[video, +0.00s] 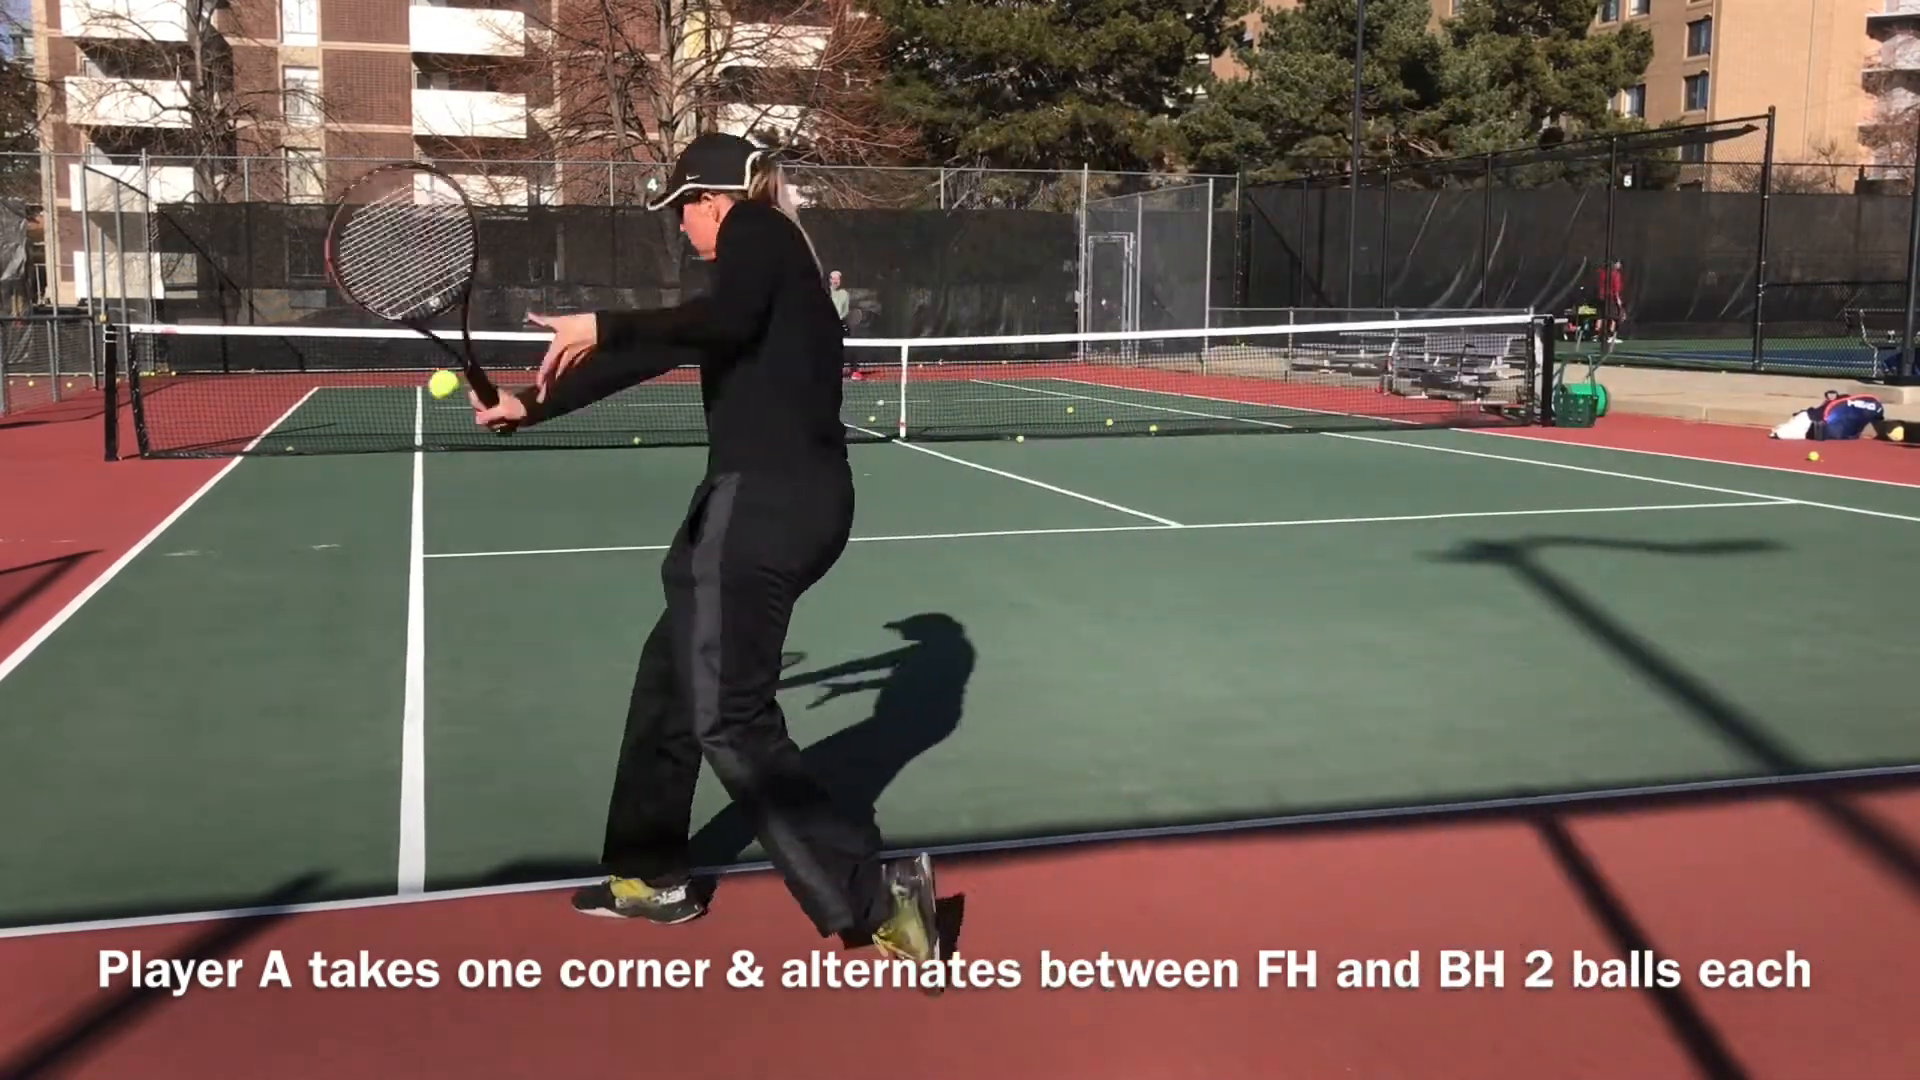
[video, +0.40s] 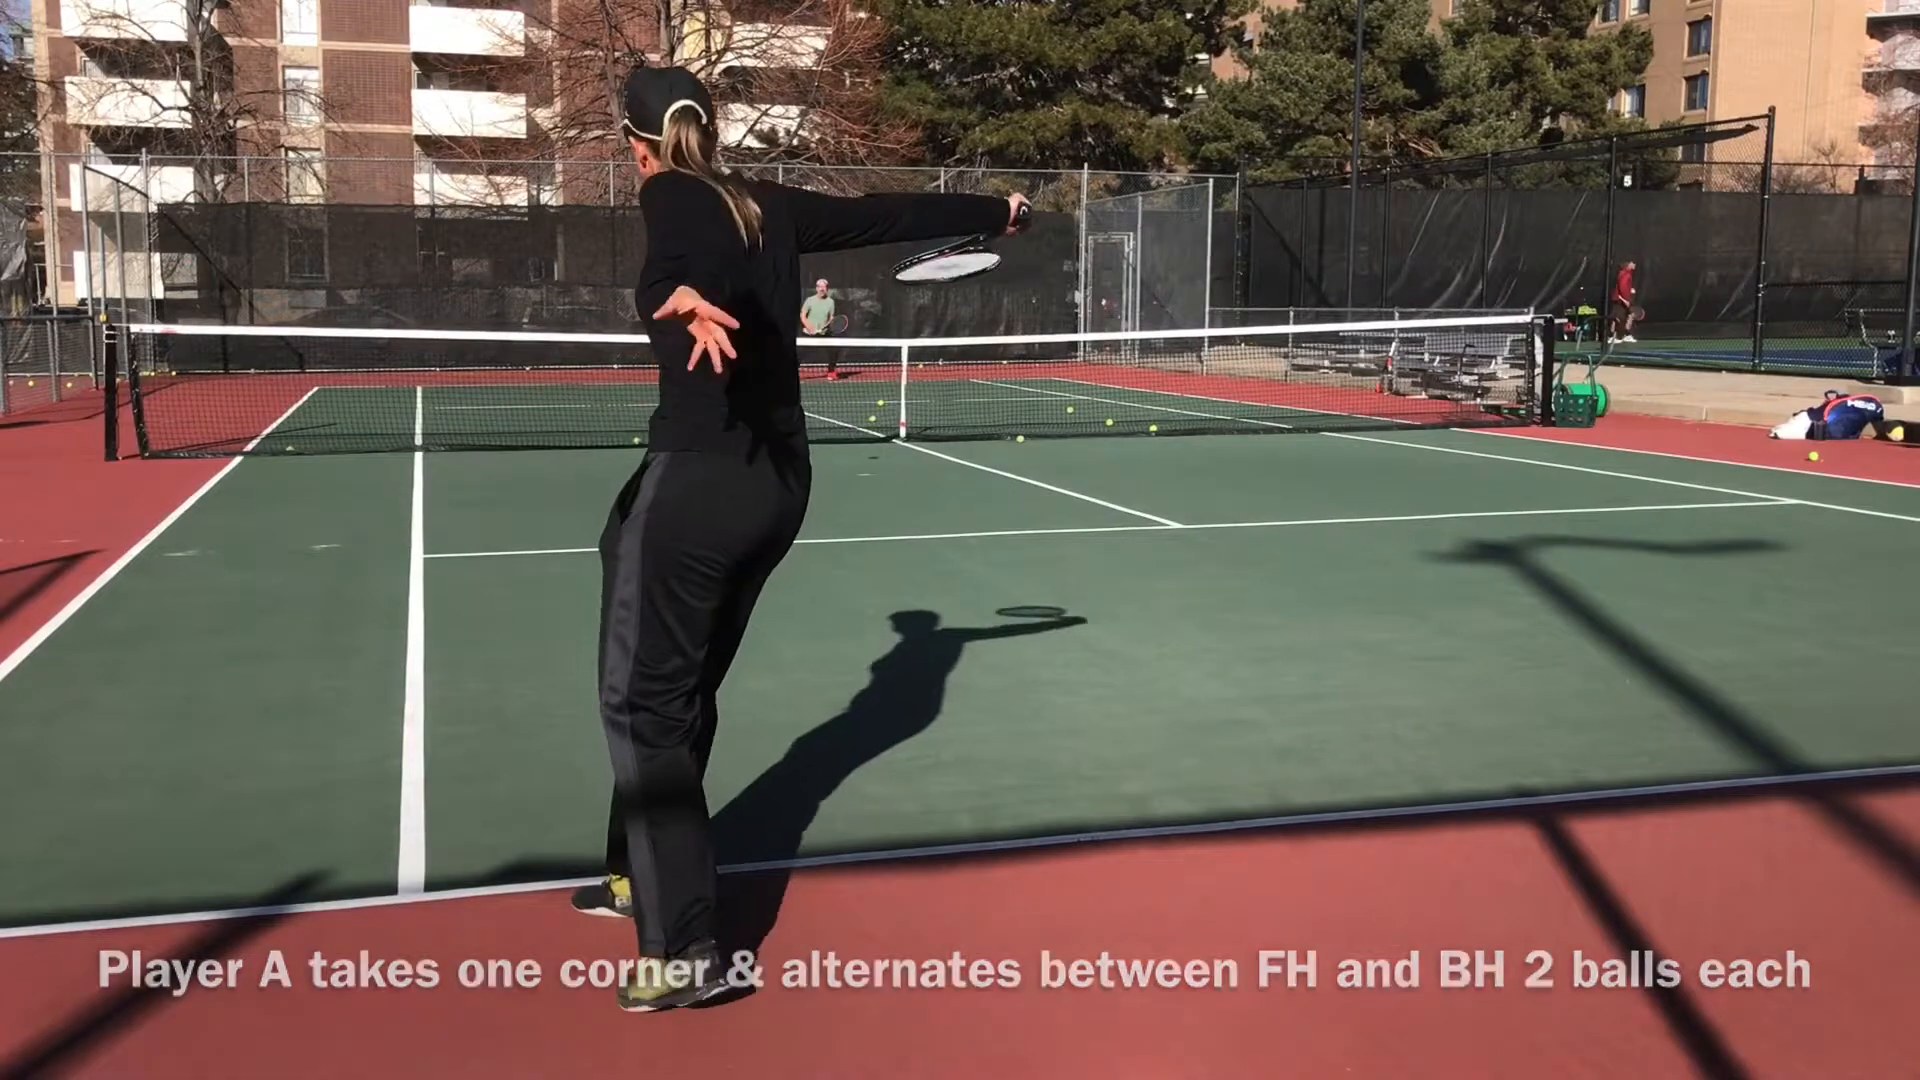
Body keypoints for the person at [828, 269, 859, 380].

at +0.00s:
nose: (835, 281)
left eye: (837, 278)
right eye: (833, 278)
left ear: (840, 280)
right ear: (830, 280)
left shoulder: (844, 294)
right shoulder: (827, 293)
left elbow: (846, 309)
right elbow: (825, 307)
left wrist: (841, 317)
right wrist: (830, 318)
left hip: (841, 321)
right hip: (830, 322)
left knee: (847, 346)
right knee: (833, 346)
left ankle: (854, 369)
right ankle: (836, 369)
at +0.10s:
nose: (830, 276)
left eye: (832, 274)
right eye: (828, 274)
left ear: (836, 275)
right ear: (825, 275)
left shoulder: (840, 290)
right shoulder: (819, 289)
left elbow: (842, 307)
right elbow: (813, 303)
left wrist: (835, 315)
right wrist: (818, 315)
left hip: (835, 321)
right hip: (820, 321)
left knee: (839, 345)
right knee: (816, 346)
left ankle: (839, 367)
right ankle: (814, 369)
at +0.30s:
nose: (823, 283)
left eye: (825, 281)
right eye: (820, 281)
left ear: (828, 282)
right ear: (817, 282)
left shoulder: (831, 296)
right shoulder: (811, 294)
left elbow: (835, 313)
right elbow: (804, 310)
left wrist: (826, 322)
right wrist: (810, 320)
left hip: (825, 327)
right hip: (811, 327)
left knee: (833, 347)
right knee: (801, 346)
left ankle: (831, 370)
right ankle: (793, 369)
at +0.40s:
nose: (821, 289)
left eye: (824, 287)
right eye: (819, 286)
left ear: (827, 288)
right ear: (816, 288)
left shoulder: (830, 302)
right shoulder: (809, 300)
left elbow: (831, 316)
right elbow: (803, 315)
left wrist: (825, 326)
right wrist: (809, 327)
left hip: (824, 332)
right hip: (809, 332)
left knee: (833, 349)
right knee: (798, 350)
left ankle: (831, 370)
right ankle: (793, 371)